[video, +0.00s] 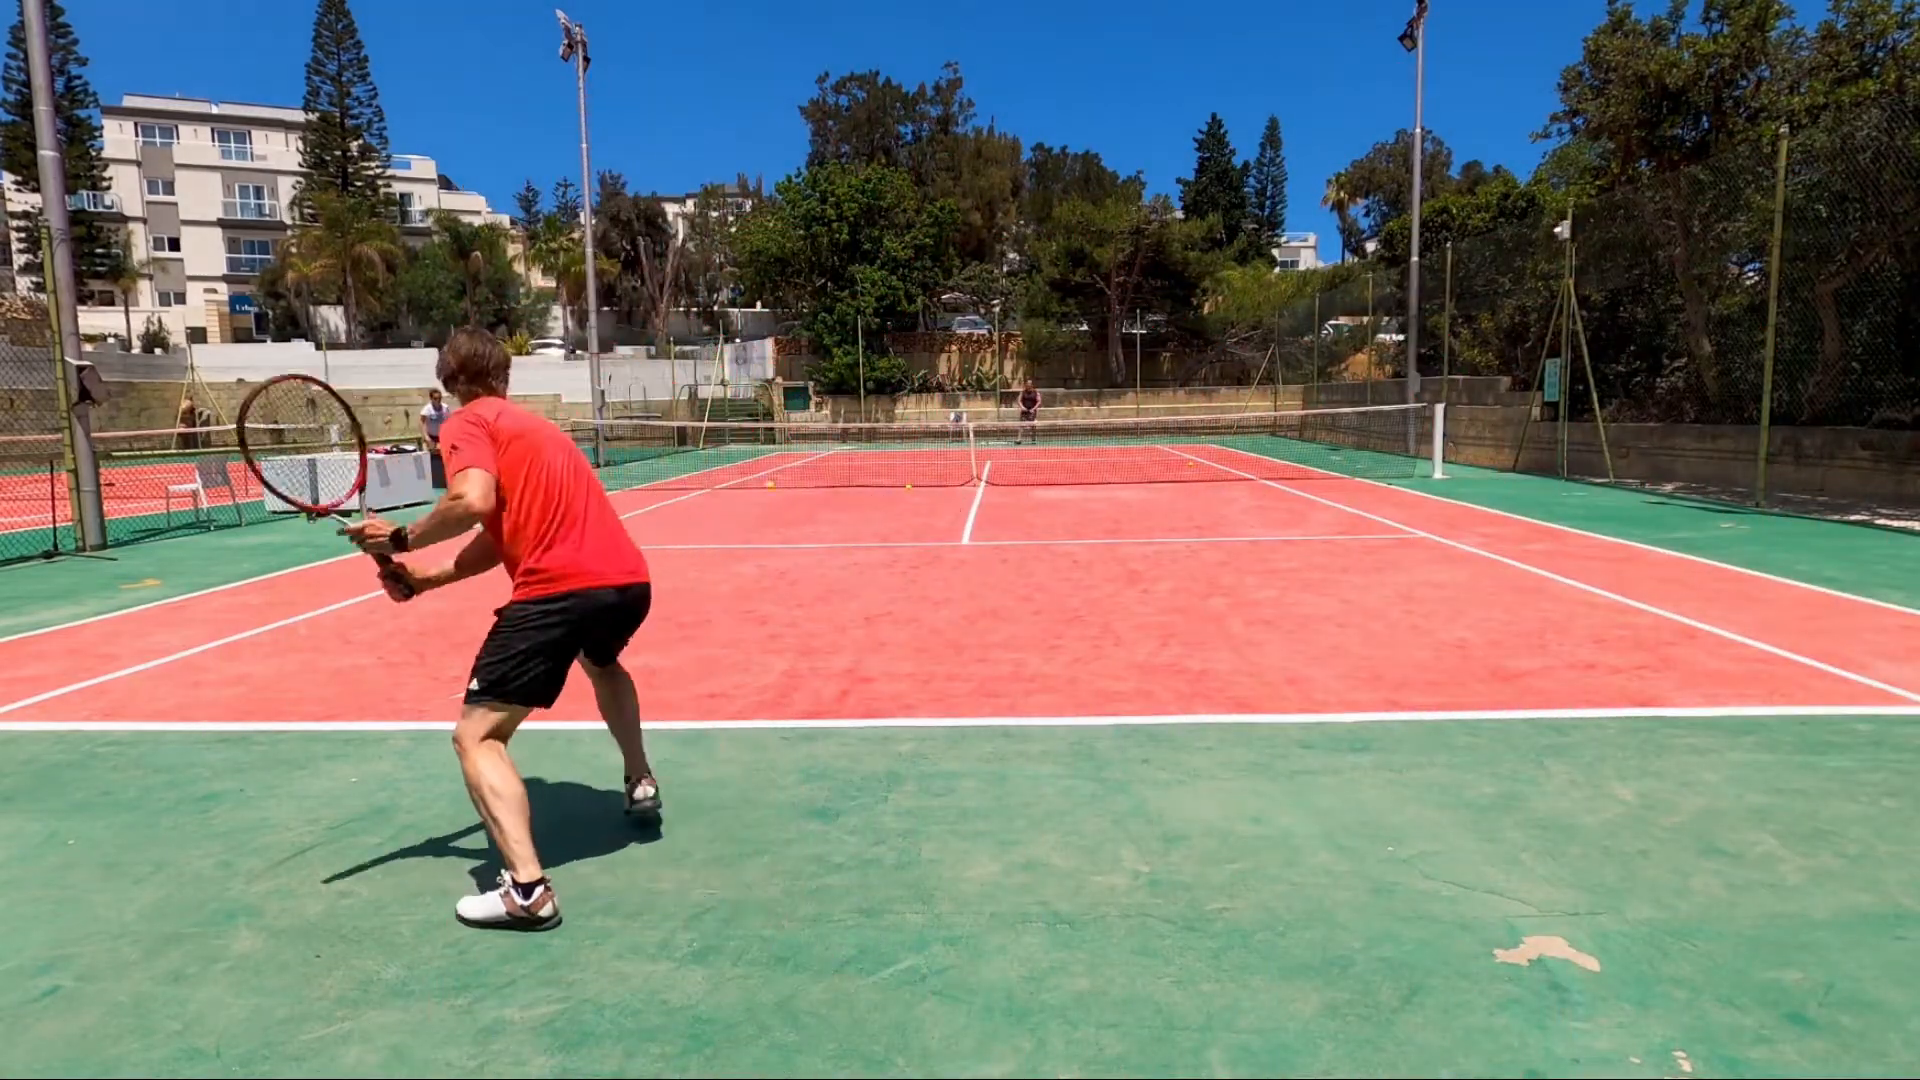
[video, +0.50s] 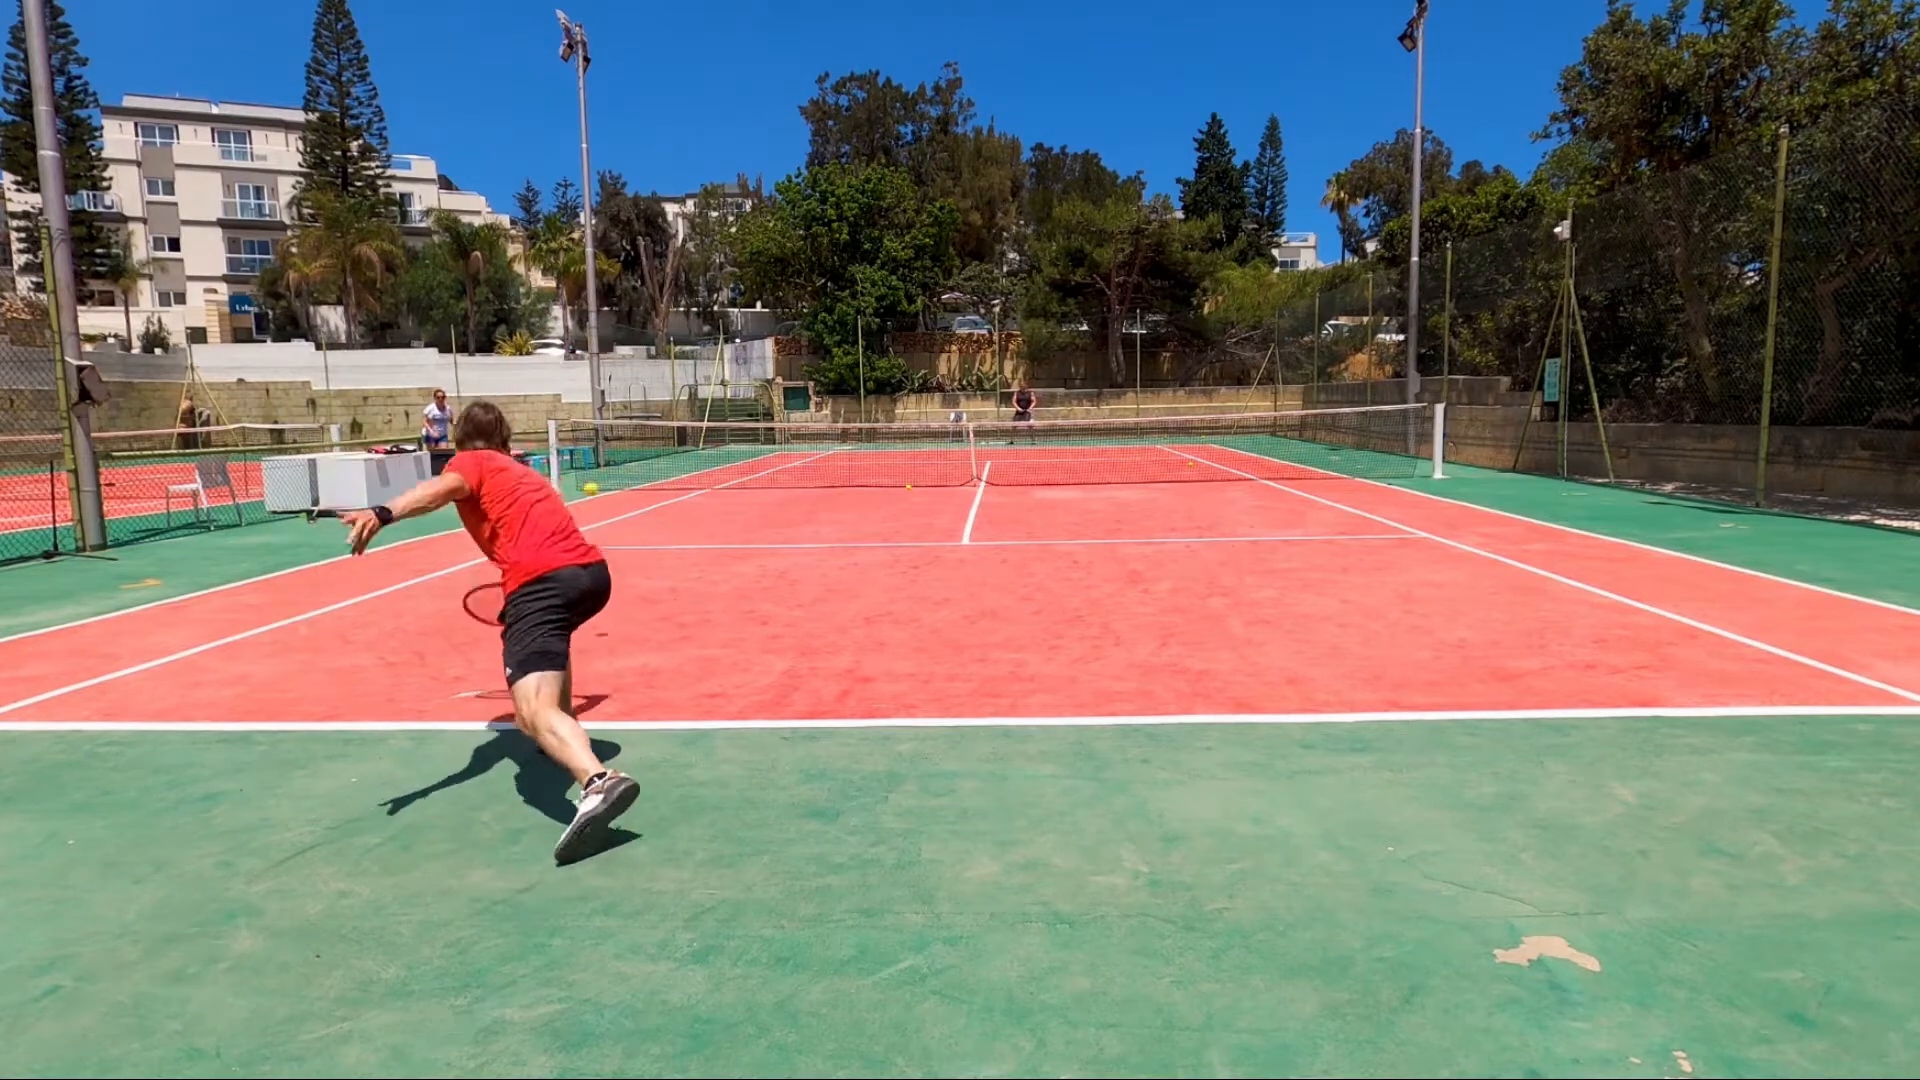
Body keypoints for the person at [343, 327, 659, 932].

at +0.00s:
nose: (439, 393)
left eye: (440, 383)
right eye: (441, 384)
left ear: (451, 382)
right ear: (501, 381)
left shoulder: (465, 424)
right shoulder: (536, 425)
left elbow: (473, 499)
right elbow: (499, 539)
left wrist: (403, 536)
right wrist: (425, 579)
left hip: (554, 593)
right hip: (627, 582)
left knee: (477, 736)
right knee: (602, 656)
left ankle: (527, 885)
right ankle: (641, 781)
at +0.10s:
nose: (438, 399)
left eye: (439, 389)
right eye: (440, 391)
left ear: (447, 386)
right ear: (500, 383)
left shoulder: (465, 413)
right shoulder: (519, 423)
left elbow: (472, 470)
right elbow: (463, 522)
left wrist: (396, 477)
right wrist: (384, 524)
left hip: (558, 578)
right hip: (622, 567)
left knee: (506, 727)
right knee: (593, 633)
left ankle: (536, 878)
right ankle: (603, 740)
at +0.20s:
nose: (434, 409)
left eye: (436, 400)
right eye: (433, 401)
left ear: (449, 399)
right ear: (493, 396)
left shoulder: (476, 425)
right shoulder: (507, 430)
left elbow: (482, 490)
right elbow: (427, 509)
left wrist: (401, 481)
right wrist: (358, 505)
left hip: (564, 576)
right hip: (616, 566)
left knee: (511, 711)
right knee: (578, 641)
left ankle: (541, 845)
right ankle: (572, 731)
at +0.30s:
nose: (448, 429)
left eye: (449, 420)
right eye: (449, 420)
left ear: (459, 422)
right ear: (500, 419)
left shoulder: (485, 451)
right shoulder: (510, 450)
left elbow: (459, 513)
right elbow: (432, 532)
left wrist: (372, 535)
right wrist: (356, 554)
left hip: (572, 588)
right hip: (610, 578)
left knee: (525, 716)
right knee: (544, 640)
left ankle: (554, 831)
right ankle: (564, 730)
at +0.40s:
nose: (455, 446)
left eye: (456, 439)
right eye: (457, 440)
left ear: (465, 437)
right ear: (507, 435)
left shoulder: (480, 461)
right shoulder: (517, 467)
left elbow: (450, 507)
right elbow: (484, 554)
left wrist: (368, 545)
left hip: (560, 590)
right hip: (605, 581)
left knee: (529, 715)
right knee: (551, 647)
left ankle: (580, 806)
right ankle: (566, 730)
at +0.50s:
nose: (454, 453)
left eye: (455, 447)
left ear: (460, 442)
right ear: (505, 443)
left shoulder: (469, 461)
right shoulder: (525, 471)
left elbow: (443, 489)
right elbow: (548, 532)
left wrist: (383, 513)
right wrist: (521, 593)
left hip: (543, 582)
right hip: (592, 575)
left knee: (538, 711)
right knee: (549, 634)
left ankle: (596, 781)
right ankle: (562, 725)